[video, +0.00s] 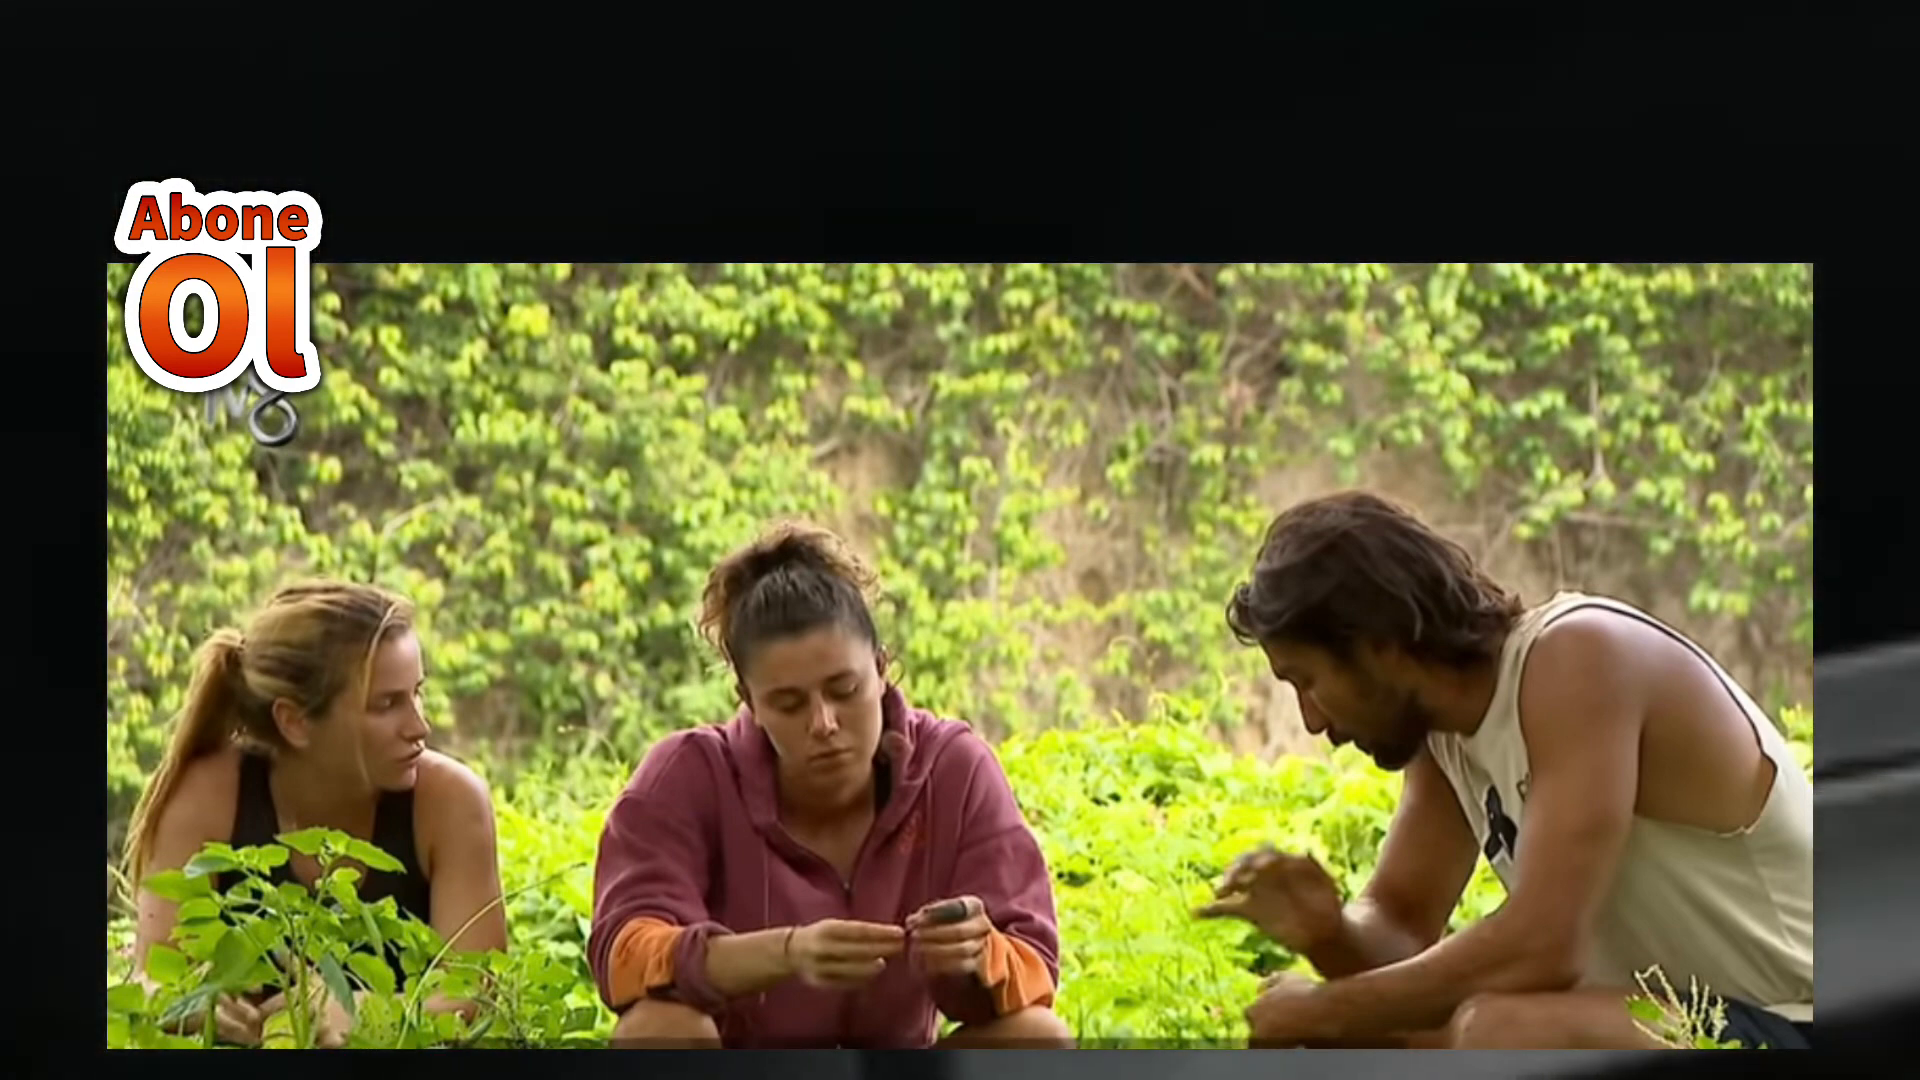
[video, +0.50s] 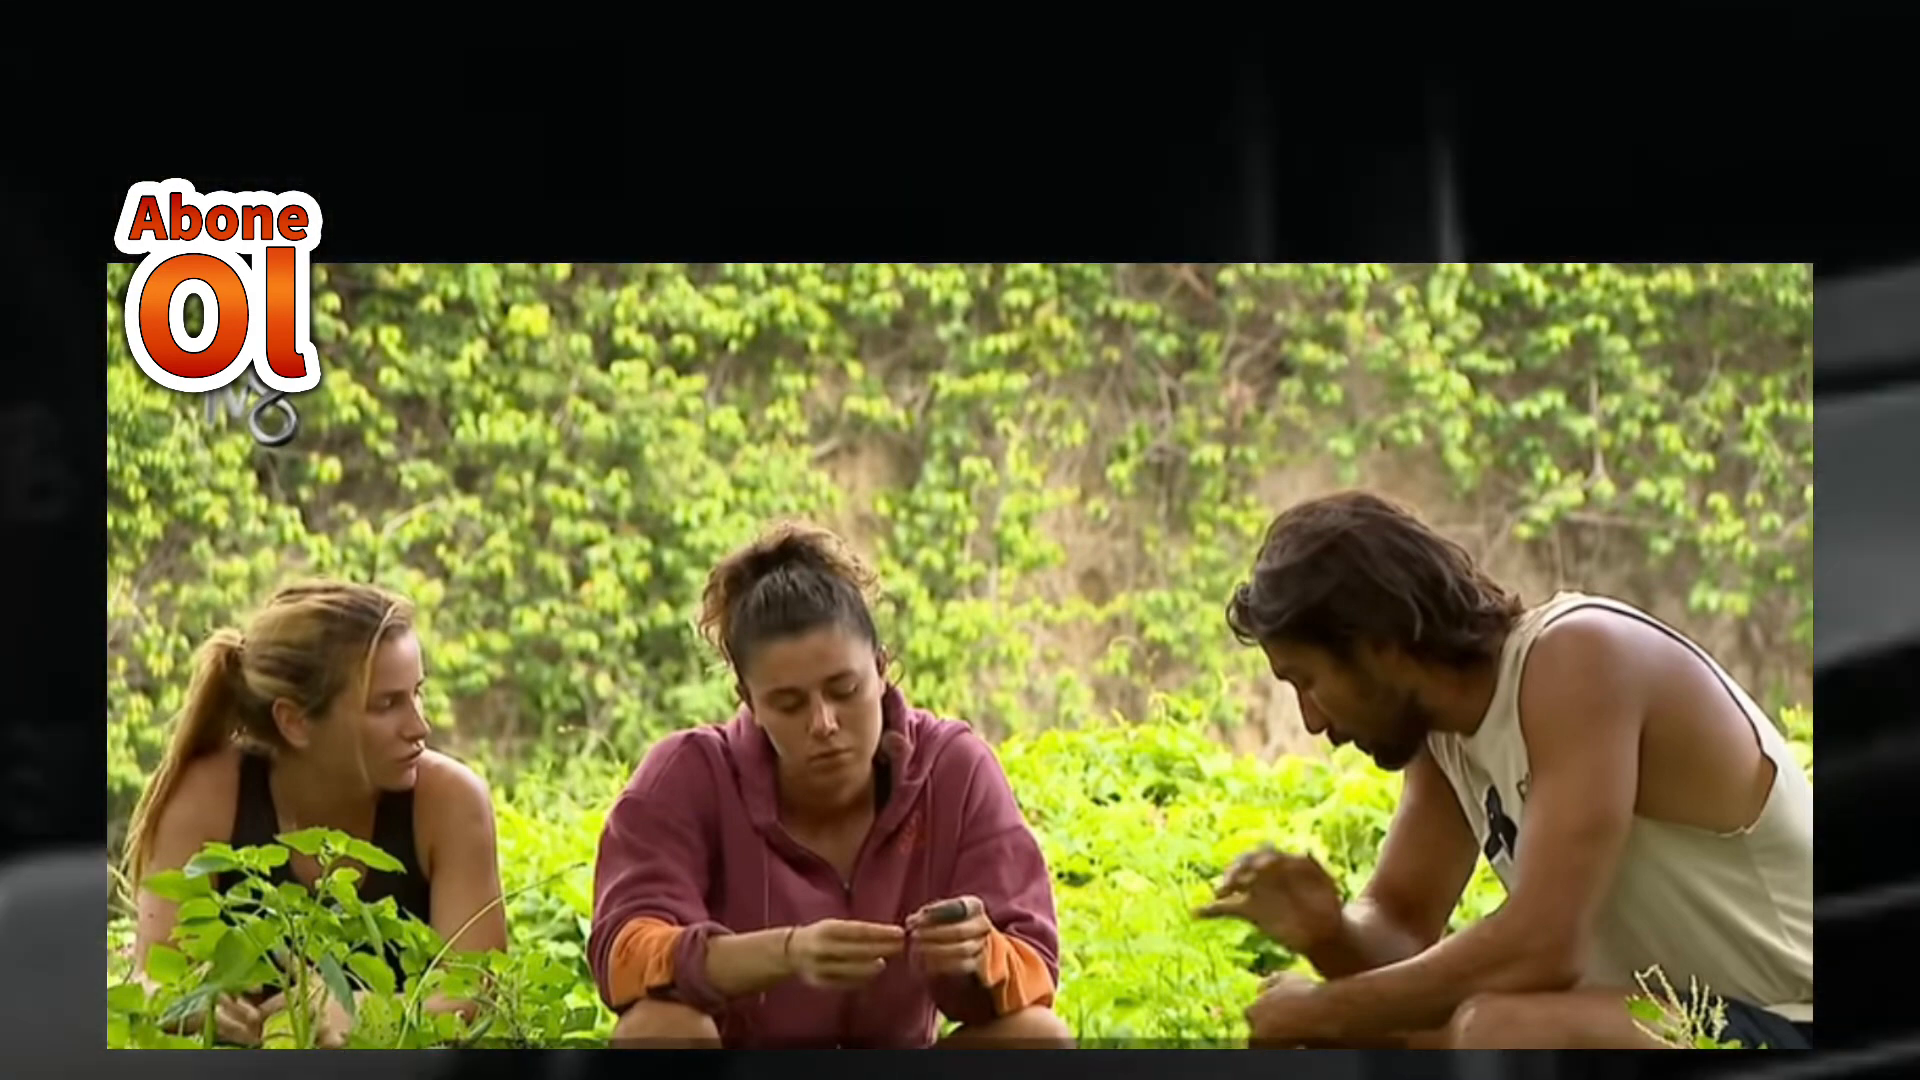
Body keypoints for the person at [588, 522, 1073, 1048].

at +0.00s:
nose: (824, 725)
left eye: (844, 690)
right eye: (789, 703)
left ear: (881, 670)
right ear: (747, 699)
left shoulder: (955, 766)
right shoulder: (687, 774)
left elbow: (1031, 969)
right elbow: (629, 957)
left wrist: (977, 954)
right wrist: (787, 951)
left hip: (900, 1054)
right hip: (740, 1056)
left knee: (1037, 1036)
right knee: (658, 1026)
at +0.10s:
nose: (824, 725)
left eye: (844, 690)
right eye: (789, 703)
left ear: (881, 670)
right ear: (747, 699)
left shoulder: (955, 766)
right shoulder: (687, 773)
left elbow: (1031, 969)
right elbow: (629, 957)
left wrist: (977, 954)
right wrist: (786, 952)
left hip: (899, 1054)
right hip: (740, 1053)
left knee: (1036, 1036)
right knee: (658, 1026)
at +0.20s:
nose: (824, 725)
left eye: (844, 690)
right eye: (789, 703)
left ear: (880, 670)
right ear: (747, 699)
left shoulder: (955, 766)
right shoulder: (687, 773)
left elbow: (1031, 969)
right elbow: (629, 957)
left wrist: (977, 954)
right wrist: (787, 951)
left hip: (899, 1051)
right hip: (740, 1052)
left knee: (1038, 1036)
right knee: (658, 1026)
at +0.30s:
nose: (824, 725)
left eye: (844, 690)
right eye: (789, 703)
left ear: (881, 670)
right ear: (747, 699)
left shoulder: (955, 766)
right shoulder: (687, 774)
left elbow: (1031, 969)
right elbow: (629, 957)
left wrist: (977, 954)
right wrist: (787, 951)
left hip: (899, 1050)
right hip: (740, 1052)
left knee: (1037, 1035)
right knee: (658, 1025)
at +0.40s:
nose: (824, 725)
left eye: (844, 690)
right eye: (789, 703)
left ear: (881, 670)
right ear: (747, 699)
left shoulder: (955, 766)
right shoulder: (687, 773)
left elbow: (1031, 968)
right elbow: (629, 957)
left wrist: (978, 954)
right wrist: (787, 951)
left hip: (898, 1050)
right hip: (740, 1051)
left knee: (1037, 1035)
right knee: (658, 1026)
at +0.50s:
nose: (824, 725)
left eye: (844, 690)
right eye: (789, 703)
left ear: (881, 670)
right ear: (747, 699)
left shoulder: (955, 766)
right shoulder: (687, 773)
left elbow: (1031, 968)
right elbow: (629, 957)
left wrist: (978, 954)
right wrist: (787, 951)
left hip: (898, 1050)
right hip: (740, 1051)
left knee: (1037, 1035)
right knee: (659, 1026)